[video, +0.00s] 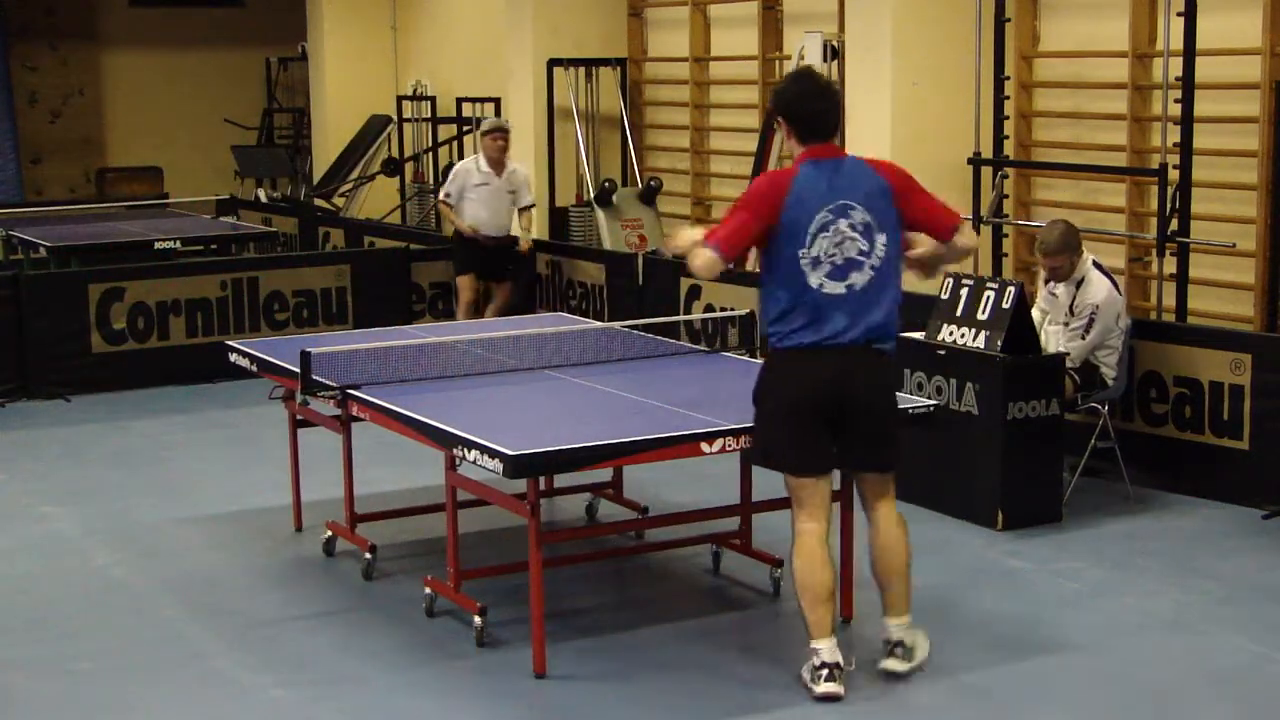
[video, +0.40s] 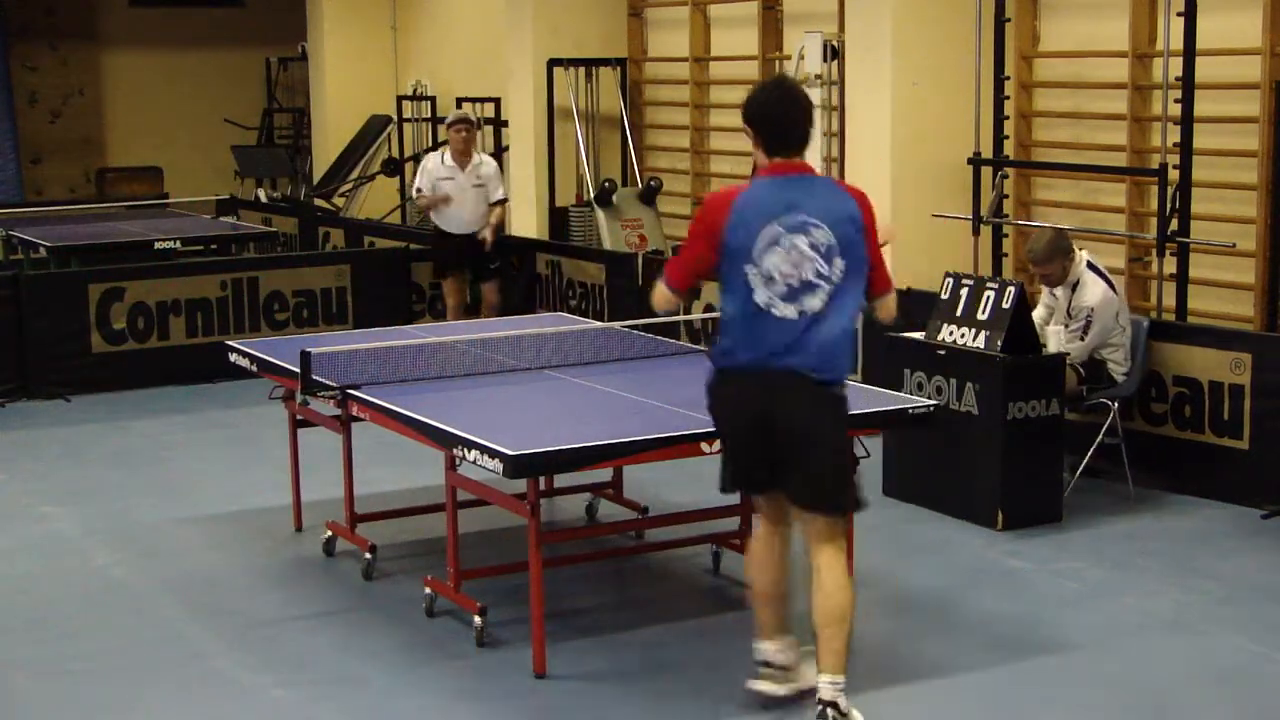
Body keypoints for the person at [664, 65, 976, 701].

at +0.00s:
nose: (777, 131)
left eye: (777, 124)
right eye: (780, 123)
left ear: (785, 128)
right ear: (840, 121)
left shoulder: (774, 189)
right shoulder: (885, 178)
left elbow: (708, 263)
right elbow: (960, 242)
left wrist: (691, 247)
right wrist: (923, 259)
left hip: (797, 375)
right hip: (871, 371)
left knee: (810, 514)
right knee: (881, 500)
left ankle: (825, 656)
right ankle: (899, 638)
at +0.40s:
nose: (748, 138)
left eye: (748, 130)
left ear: (752, 136)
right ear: (809, 131)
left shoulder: (726, 206)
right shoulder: (850, 203)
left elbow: (664, 298)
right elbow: (886, 309)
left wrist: (683, 277)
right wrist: (844, 272)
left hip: (741, 390)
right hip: (814, 393)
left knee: (769, 517)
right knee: (828, 540)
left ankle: (771, 656)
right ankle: (830, 692)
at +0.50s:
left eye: (734, 109)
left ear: (728, 116)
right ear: (787, 112)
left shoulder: (699, 190)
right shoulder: (827, 188)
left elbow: (642, 289)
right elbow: (865, 298)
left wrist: (694, 274)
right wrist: (811, 270)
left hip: (715, 371)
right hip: (790, 377)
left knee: (744, 510)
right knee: (805, 533)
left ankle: (699, 656)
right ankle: (814, 695)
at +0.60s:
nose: (777, 135)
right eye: (776, 126)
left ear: (704, 135)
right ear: (770, 132)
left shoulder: (673, 207)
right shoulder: (793, 205)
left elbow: (613, 308)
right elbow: (831, 314)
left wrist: (671, 332)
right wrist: (797, 310)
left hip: (694, 396)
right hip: (770, 400)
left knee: (702, 534)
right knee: (794, 552)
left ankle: (611, 657)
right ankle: (792, 708)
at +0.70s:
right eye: (728, 131)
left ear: (674, 143)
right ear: (733, 141)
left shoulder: (639, 222)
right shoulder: (754, 217)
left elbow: (579, 317)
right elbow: (765, 319)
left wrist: (638, 366)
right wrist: (784, 344)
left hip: (665, 413)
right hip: (736, 417)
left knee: (647, 554)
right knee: (776, 563)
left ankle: (546, 667)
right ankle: (784, 710)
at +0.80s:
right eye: (696, 127)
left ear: (637, 135)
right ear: (697, 135)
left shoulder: (598, 208)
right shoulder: (698, 209)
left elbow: (534, 299)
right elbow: (694, 322)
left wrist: (583, 363)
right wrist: (727, 351)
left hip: (609, 402)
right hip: (677, 407)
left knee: (598, 556)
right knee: (726, 560)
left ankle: (516, 693)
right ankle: (755, 707)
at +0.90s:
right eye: (654, 147)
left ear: (597, 152)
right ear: (656, 154)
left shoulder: (553, 219)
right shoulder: (651, 230)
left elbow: (478, 299)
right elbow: (658, 354)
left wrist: (514, 387)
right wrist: (697, 346)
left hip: (556, 422)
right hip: (626, 430)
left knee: (561, 571)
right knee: (687, 569)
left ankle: (499, 710)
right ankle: (665, 711)